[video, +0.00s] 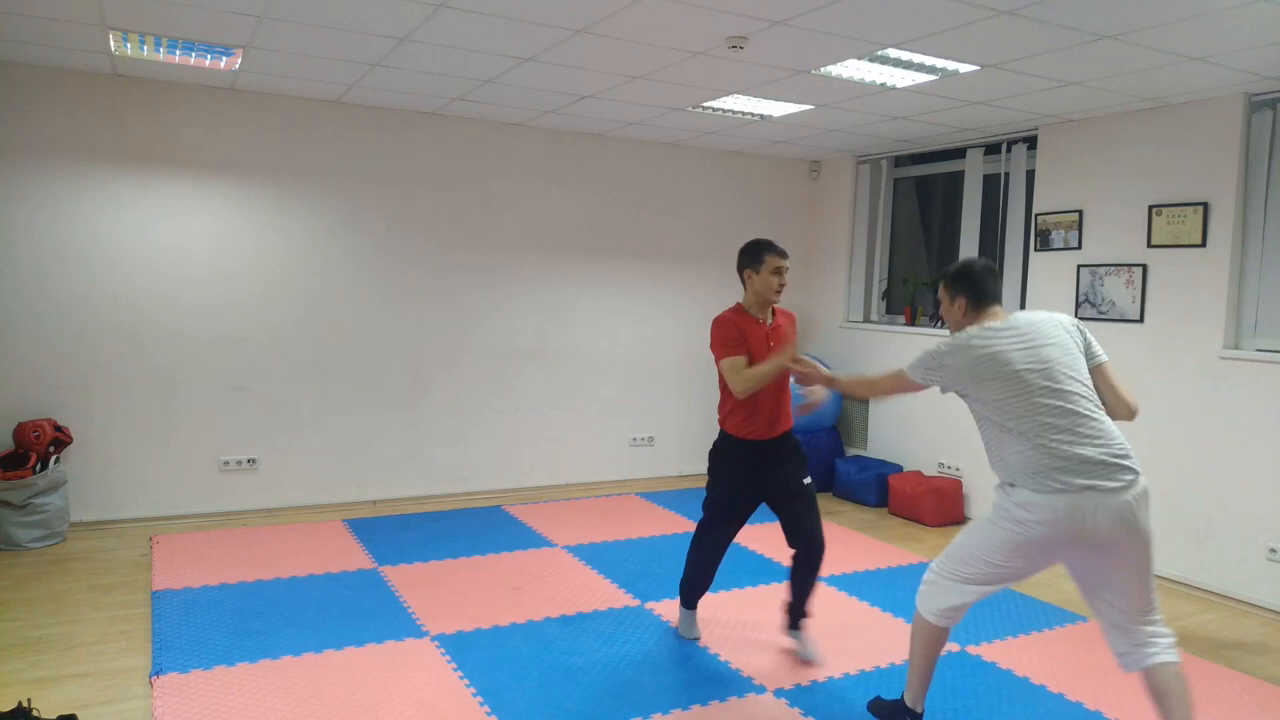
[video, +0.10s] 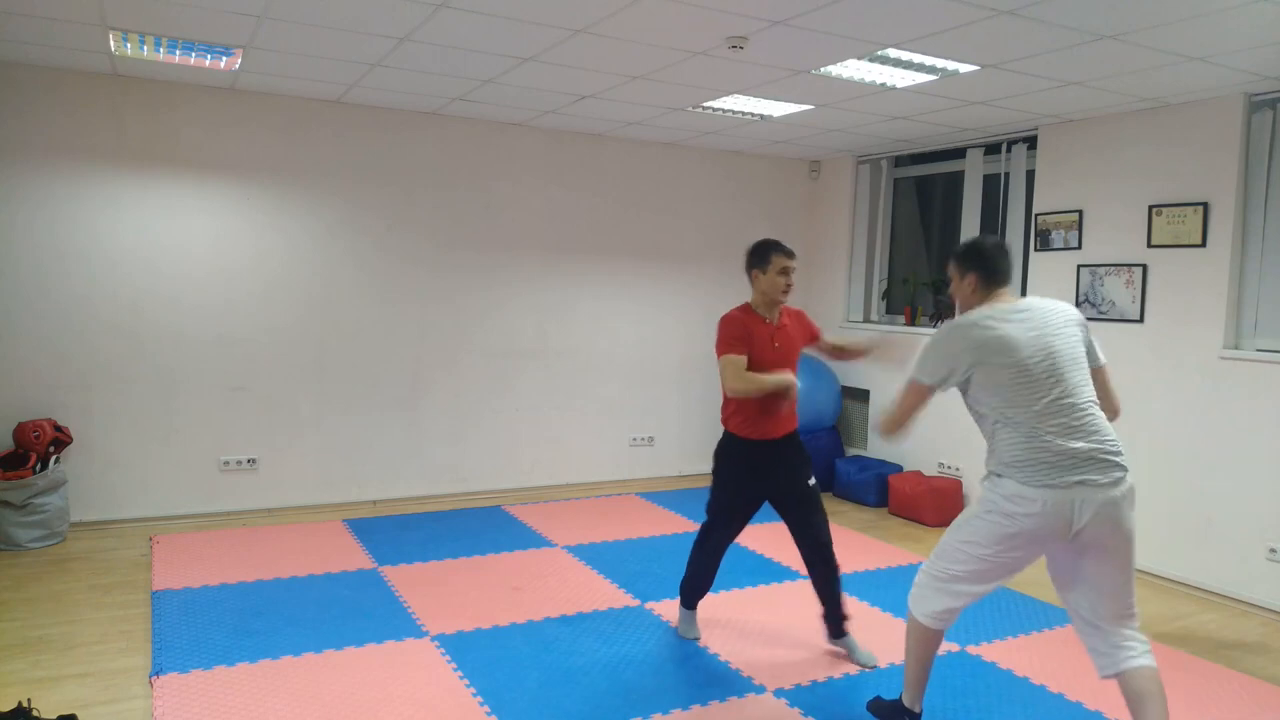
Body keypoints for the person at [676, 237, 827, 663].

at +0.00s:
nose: (783, 281)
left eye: (786, 274)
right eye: (776, 273)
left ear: (784, 279)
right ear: (748, 276)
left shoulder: (785, 321)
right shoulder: (727, 325)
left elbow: (789, 364)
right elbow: (739, 385)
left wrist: (817, 385)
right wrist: (786, 357)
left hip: (782, 450)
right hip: (737, 453)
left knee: (810, 544)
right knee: (713, 535)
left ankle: (795, 625)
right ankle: (688, 607)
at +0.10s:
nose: (790, 281)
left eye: (793, 274)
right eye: (782, 273)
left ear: (791, 277)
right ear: (755, 275)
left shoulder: (796, 321)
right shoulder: (735, 323)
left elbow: (829, 349)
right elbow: (733, 384)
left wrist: (867, 348)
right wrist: (781, 380)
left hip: (787, 451)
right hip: (741, 453)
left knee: (817, 540)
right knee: (717, 534)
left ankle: (838, 631)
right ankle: (687, 606)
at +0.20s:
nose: (813, 287)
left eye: (817, 280)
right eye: (806, 278)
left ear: (817, 285)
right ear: (779, 276)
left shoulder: (815, 325)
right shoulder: (751, 323)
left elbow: (874, 334)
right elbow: (745, 371)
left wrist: (869, 285)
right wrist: (784, 326)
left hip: (796, 454)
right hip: (751, 454)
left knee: (822, 546)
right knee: (730, 536)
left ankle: (841, 634)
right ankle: (692, 604)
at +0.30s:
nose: (832, 286)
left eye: (835, 279)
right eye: (826, 277)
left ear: (838, 283)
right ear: (807, 276)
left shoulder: (829, 326)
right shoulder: (780, 318)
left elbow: (865, 351)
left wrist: (853, 292)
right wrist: (816, 282)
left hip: (811, 453)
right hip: (768, 451)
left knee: (825, 550)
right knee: (741, 537)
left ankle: (839, 636)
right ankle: (692, 601)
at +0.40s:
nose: (859, 289)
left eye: (864, 281)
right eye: (852, 278)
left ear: (864, 287)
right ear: (829, 278)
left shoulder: (844, 333)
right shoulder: (807, 316)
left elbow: (874, 380)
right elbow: (853, 319)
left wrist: (892, 333)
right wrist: (871, 264)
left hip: (824, 457)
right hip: (787, 455)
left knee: (838, 550)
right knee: (760, 546)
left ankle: (839, 636)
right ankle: (698, 596)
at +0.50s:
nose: (878, 292)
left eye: (882, 285)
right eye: (871, 281)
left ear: (883, 292)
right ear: (846, 279)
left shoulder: (860, 336)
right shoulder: (823, 323)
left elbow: (897, 382)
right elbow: (858, 366)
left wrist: (922, 340)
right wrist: (897, 321)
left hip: (837, 457)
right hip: (802, 456)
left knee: (857, 554)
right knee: (792, 560)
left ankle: (842, 636)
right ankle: (724, 599)